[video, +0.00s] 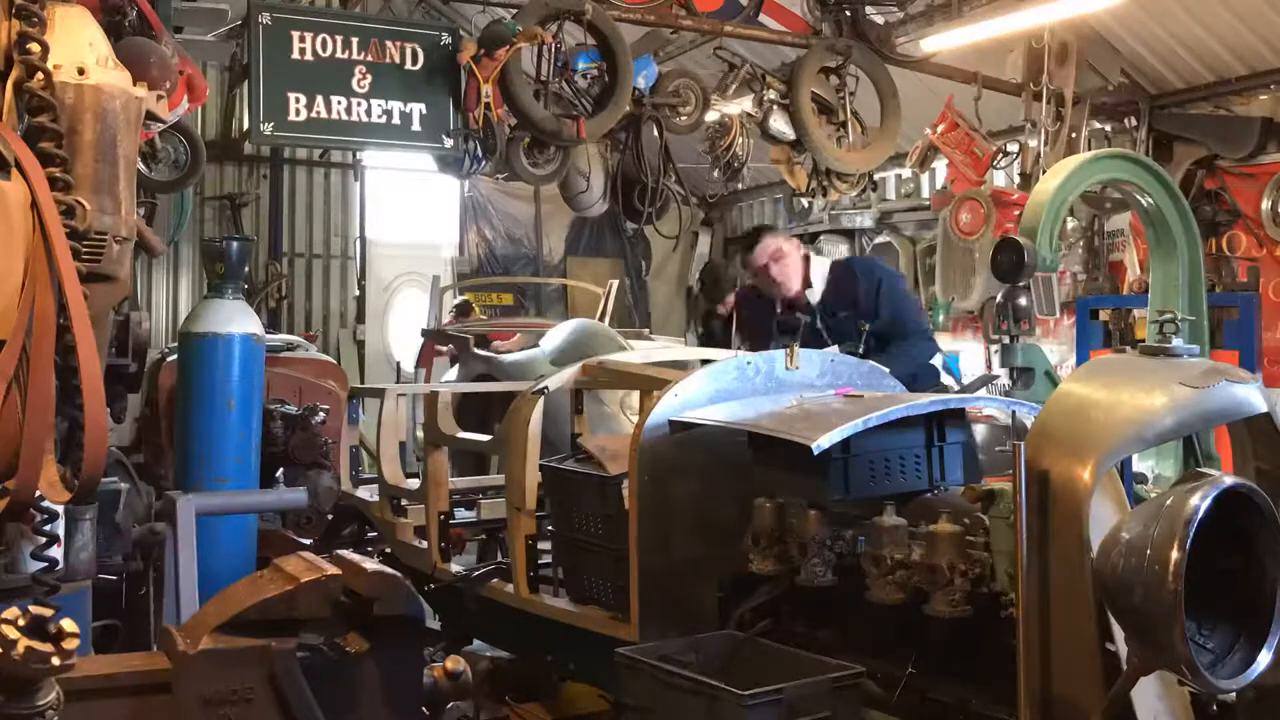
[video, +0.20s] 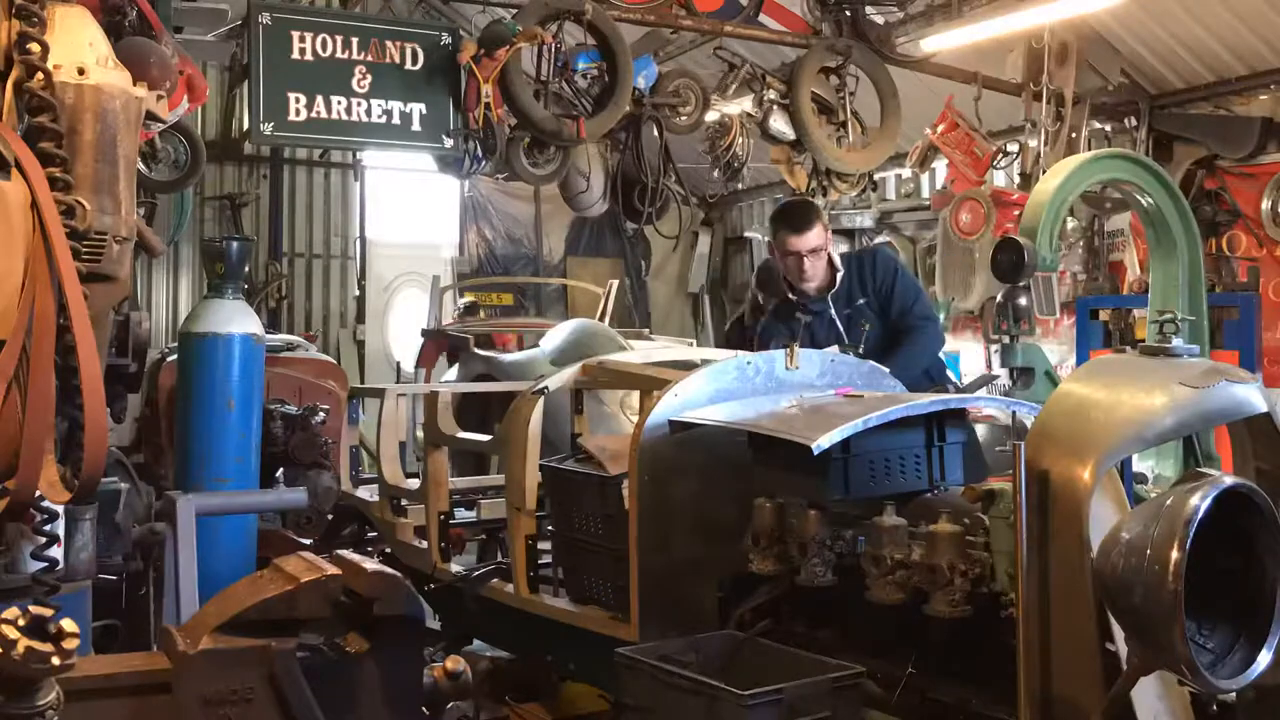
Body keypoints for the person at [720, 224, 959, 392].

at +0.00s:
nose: (774, 273)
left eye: (777, 257)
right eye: (761, 270)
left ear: (797, 247)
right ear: (755, 282)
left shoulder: (863, 276)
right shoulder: (765, 316)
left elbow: (919, 346)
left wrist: (856, 382)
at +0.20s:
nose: (805, 265)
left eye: (815, 251)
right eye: (793, 255)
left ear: (829, 241)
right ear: (774, 253)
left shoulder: (877, 266)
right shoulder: (776, 329)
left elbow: (927, 332)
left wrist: (875, 387)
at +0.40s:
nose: (849, 265)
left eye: (861, 254)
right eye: (838, 254)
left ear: (880, 232)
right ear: (825, 239)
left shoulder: (922, 263)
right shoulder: (815, 296)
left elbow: (937, 342)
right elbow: (806, 364)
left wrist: (880, 391)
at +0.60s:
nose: (844, 262)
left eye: (856, 251)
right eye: (835, 251)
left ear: (881, 230)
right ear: (825, 240)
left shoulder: (927, 264)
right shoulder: (823, 295)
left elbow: (938, 345)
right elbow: (813, 362)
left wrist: (879, 390)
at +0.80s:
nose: (841, 249)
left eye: (849, 235)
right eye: (833, 239)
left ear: (880, 217)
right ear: (827, 234)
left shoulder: (939, 263)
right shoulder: (837, 287)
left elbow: (942, 346)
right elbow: (824, 355)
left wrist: (881, 389)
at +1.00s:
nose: (815, 281)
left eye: (816, 268)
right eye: (807, 274)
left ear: (835, 237)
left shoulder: (919, 259)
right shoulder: (830, 304)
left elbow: (940, 342)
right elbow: (804, 359)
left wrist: (878, 391)